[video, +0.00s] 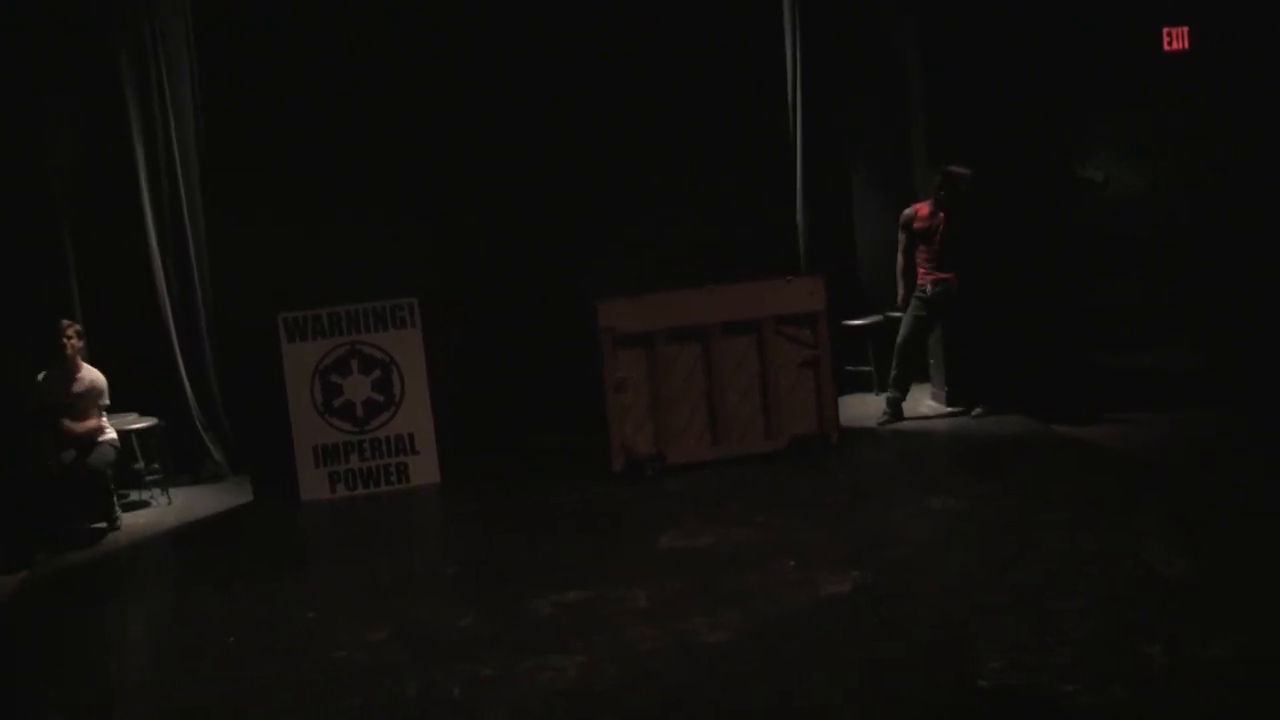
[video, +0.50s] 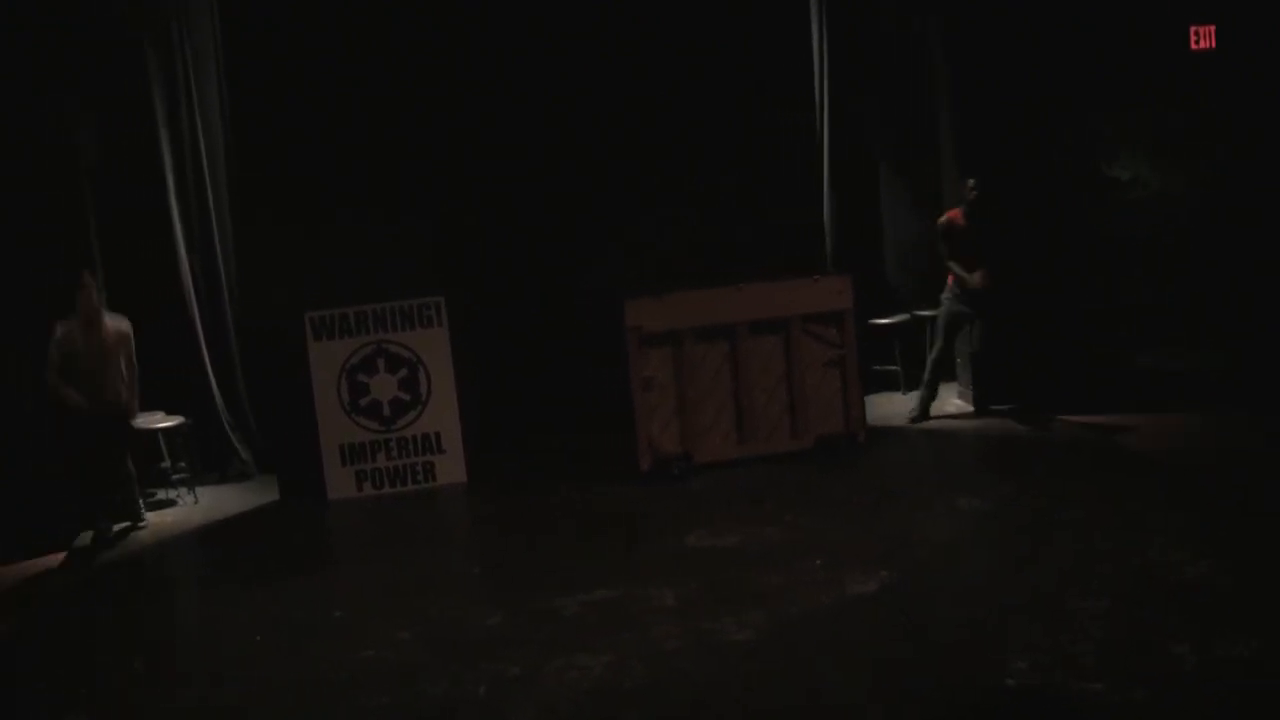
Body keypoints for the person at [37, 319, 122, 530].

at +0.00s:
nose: (65, 343)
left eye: (70, 338)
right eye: (61, 338)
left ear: (80, 343)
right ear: (56, 343)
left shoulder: (95, 379)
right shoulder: (46, 380)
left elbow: (97, 421)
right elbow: (47, 418)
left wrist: (74, 428)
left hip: (98, 436)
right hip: (67, 441)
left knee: (95, 466)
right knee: (60, 470)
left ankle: (111, 513)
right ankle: (70, 521)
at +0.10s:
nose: (74, 351)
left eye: (79, 345)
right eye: (70, 346)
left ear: (88, 350)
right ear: (63, 351)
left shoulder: (104, 388)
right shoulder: (51, 387)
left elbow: (104, 431)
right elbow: (50, 425)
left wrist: (88, 454)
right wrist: (52, 454)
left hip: (101, 439)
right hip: (67, 440)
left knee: (99, 474)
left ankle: (112, 514)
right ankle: (68, 524)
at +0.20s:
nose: (83, 364)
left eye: (87, 358)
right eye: (78, 359)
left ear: (96, 363)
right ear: (72, 363)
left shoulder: (114, 398)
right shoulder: (58, 398)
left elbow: (125, 434)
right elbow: (53, 436)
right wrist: (57, 474)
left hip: (103, 448)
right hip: (71, 449)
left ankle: (118, 507)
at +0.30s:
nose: (88, 365)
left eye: (93, 359)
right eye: (84, 360)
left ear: (101, 363)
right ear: (77, 364)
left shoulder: (120, 392)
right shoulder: (66, 397)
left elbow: (133, 429)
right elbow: (58, 434)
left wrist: (124, 462)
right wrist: (60, 467)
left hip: (111, 439)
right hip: (81, 439)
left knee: (112, 473)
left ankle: (126, 510)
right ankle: (82, 518)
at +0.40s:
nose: (90, 344)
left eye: (95, 337)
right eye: (86, 338)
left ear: (104, 340)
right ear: (79, 341)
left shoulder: (122, 368)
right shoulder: (69, 373)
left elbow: (133, 404)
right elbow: (61, 409)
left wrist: (132, 435)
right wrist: (70, 433)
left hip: (115, 426)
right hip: (83, 429)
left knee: (120, 468)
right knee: (90, 474)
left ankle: (130, 510)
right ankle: (97, 521)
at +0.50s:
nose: (88, 297)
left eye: (91, 290)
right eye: (83, 291)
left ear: (100, 294)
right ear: (76, 297)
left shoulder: (121, 327)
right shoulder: (66, 331)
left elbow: (131, 366)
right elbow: (55, 373)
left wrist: (132, 399)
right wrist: (71, 397)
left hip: (116, 405)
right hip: (84, 408)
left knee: (121, 460)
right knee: (92, 465)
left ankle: (134, 511)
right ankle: (100, 521)